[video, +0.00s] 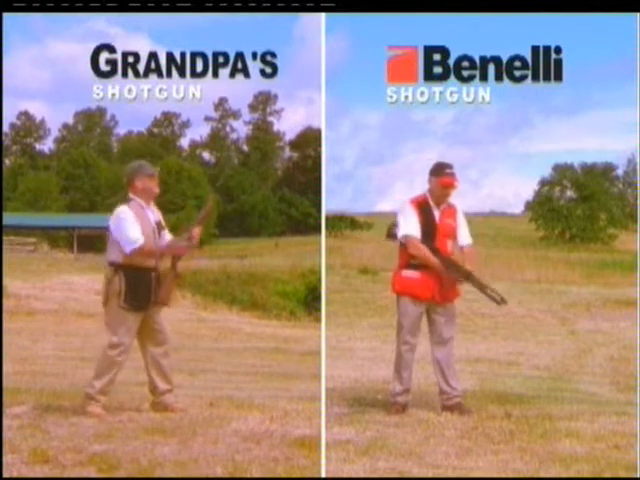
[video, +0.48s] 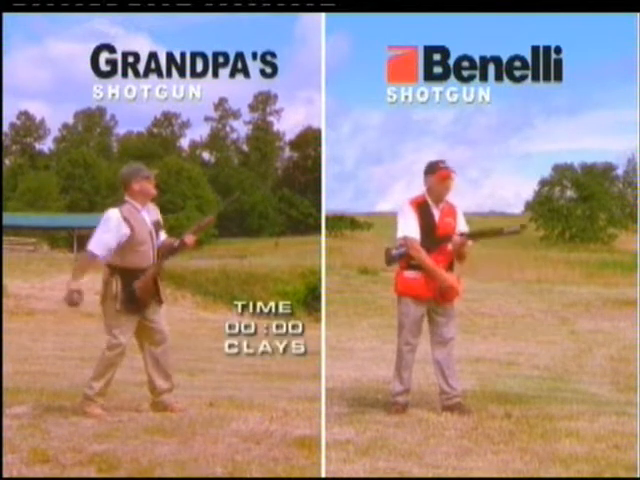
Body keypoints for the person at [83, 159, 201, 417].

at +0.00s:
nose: (157, 186)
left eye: (156, 181)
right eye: (151, 181)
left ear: (152, 185)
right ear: (135, 184)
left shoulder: (153, 212)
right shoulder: (123, 214)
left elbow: (165, 243)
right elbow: (135, 249)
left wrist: (186, 241)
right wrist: (170, 250)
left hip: (148, 276)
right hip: (125, 277)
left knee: (157, 341)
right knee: (120, 342)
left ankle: (162, 396)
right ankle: (94, 398)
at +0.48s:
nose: (154, 186)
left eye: (153, 181)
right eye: (149, 181)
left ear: (143, 186)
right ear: (133, 186)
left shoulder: (152, 212)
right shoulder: (116, 217)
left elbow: (158, 246)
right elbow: (92, 253)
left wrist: (180, 244)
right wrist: (75, 283)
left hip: (147, 279)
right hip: (120, 280)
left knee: (156, 339)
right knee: (118, 342)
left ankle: (161, 397)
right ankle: (92, 398)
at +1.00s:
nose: (164, 187)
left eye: (163, 182)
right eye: (160, 182)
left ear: (149, 187)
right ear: (145, 186)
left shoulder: (155, 213)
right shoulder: (145, 216)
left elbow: (179, 237)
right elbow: (167, 247)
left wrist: (212, 229)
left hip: (149, 276)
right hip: (131, 277)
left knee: (163, 338)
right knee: (127, 340)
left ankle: (164, 395)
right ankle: (95, 396)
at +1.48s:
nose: (138, 176)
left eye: (139, 172)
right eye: (132, 172)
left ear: (138, 177)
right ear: (119, 178)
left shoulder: (144, 197)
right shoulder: (115, 202)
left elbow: (177, 192)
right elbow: (143, 204)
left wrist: (191, 162)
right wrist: (153, 174)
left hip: (152, 262)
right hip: (128, 265)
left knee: (160, 336)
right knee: (118, 336)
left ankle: (163, 396)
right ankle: (97, 398)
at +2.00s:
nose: (130, 179)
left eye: (130, 175)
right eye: (123, 175)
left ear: (130, 180)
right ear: (109, 182)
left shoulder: (136, 199)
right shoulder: (105, 204)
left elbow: (170, 194)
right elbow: (134, 208)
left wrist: (176, 161)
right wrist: (140, 179)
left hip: (144, 269)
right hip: (119, 272)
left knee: (154, 339)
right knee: (111, 339)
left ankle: (162, 395)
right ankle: (95, 398)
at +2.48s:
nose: (139, 183)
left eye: (140, 178)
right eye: (134, 178)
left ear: (137, 181)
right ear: (119, 180)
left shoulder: (141, 201)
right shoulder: (109, 202)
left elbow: (175, 200)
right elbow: (136, 210)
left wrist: (186, 171)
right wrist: (148, 183)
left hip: (146, 266)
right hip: (120, 268)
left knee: (155, 336)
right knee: (112, 340)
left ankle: (162, 396)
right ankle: (94, 399)